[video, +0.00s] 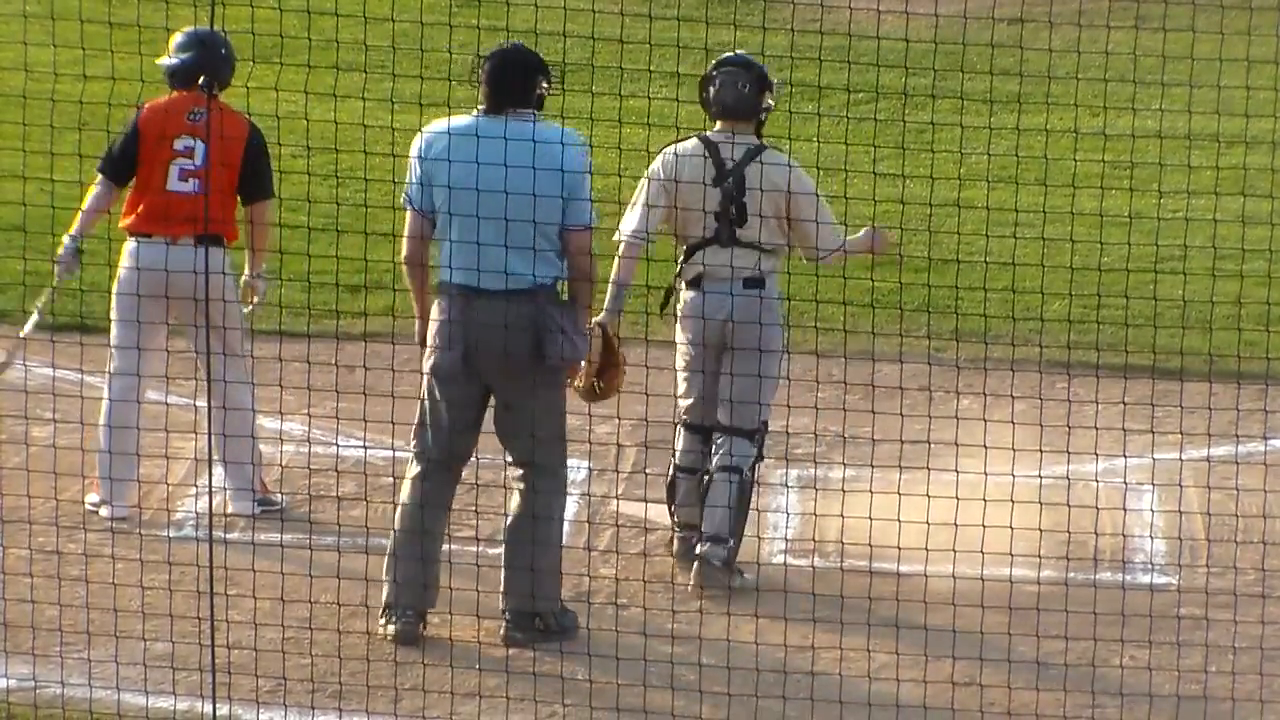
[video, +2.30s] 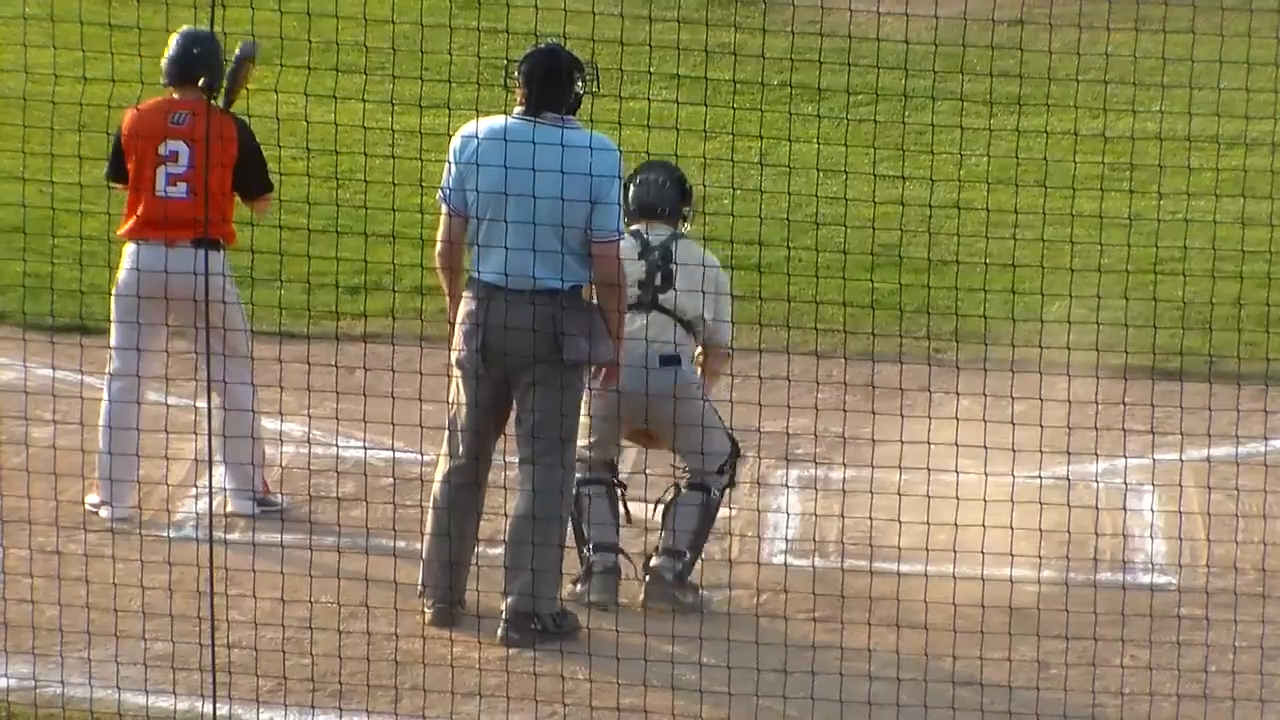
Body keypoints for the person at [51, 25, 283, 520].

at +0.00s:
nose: (167, 76)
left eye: (171, 70)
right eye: (169, 71)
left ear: (180, 72)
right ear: (222, 76)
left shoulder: (149, 117)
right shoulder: (244, 130)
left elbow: (107, 185)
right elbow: (260, 211)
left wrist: (72, 237)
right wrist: (257, 270)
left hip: (142, 262)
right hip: (207, 264)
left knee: (125, 375)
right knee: (230, 375)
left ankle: (114, 495)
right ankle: (247, 491)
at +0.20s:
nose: (163, 77)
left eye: (168, 70)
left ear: (174, 71)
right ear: (219, 75)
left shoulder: (148, 117)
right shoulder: (242, 130)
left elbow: (116, 191)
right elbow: (256, 213)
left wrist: (144, 219)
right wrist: (229, 236)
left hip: (141, 259)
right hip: (206, 264)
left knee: (125, 373)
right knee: (228, 373)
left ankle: (114, 494)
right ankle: (248, 491)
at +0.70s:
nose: (154, 77)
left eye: (158, 71)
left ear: (163, 72)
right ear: (210, 75)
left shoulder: (137, 115)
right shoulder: (234, 126)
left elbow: (118, 177)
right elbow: (255, 199)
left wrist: (171, 157)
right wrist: (220, 159)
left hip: (138, 261)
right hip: (204, 264)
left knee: (125, 376)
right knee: (228, 376)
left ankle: (113, 495)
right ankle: (249, 494)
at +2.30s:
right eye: (214, 70)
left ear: (166, 70)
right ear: (213, 74)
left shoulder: (134, 118)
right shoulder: (231, 128)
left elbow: (120, 178)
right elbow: (260, 201)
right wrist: (229, 136)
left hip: (140, 262)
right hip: (205, 266)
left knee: (125, 376)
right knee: (233, 375)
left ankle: (114, 498)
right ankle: (249, 493)